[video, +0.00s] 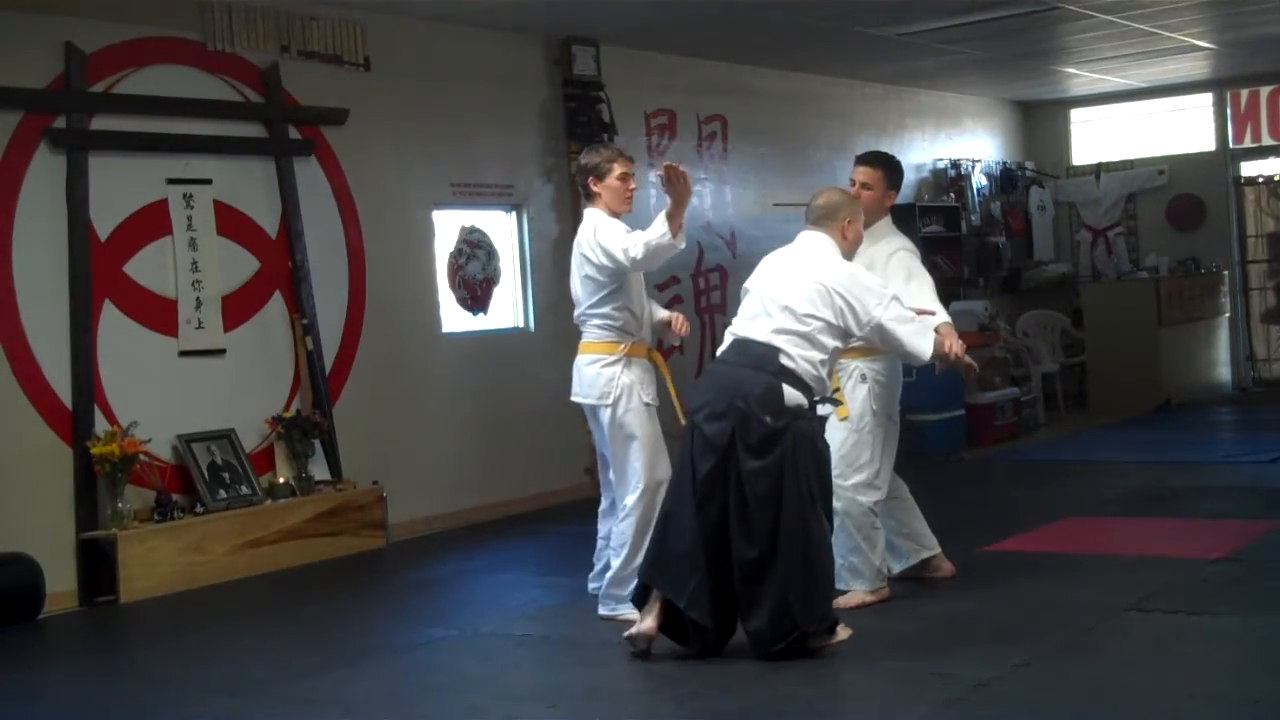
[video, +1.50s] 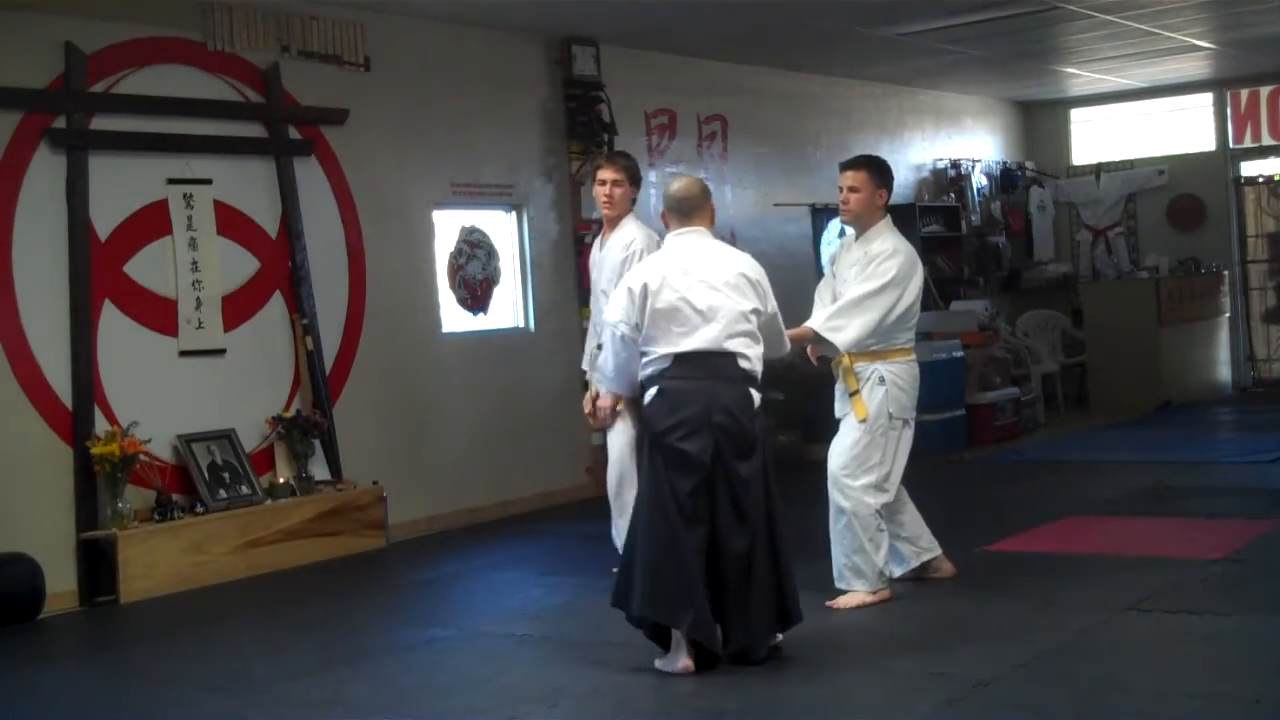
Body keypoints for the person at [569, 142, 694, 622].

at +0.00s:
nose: (632, 187)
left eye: (633, 178)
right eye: (624, 178)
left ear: (602, 187)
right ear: (594, 185)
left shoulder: (599, 229)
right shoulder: (600, 227)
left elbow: (627, 304)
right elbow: (637, 254)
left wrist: (664, 317)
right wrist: (676, 209)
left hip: (603, 367)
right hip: (617, 369)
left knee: (619, 479)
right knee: (650, 474)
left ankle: (608, 578)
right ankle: (619, 593)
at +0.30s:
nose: (630, 188)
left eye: (630, 180)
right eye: (622, 181)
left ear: (600, 189)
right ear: (593, 187)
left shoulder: (600, 230)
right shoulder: (598, 228)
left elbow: (630, 301)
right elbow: (631, 255)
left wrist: (661, 318)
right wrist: (661, 206)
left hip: (606, 367)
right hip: (620, 369)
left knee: (625, 478)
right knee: (649, 475)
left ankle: (608, 576)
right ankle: (622, 595)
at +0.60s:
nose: (628, 190)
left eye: (629, 182)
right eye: (618, 183)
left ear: (628, 189)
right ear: (591, 191)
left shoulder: (618, 236)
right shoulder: (590, 234)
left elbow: (635, 313)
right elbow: (616, 262)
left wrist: (652, 355)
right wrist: (640, 230)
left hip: (634, 370)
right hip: (608, 372)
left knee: (642, 485)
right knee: (627, 488)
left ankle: (639, 580)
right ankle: (618, 597)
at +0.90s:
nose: (624, 190)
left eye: (629, 181)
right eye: (613, 184)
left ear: (640, 187)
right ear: (597, 194)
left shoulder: (660, 241)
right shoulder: (583, 245)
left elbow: (678, 302)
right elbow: (570, 311)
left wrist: (676, 352)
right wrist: (579, 366)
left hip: (655, 369)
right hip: (603, 372)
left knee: (658, 470)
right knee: (599, 474)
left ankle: (664, 576)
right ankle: (586, 580)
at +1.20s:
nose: (617, 190)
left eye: (625, 182)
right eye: (608, 183)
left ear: (640, 189)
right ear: (598, 193)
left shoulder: (656, 244)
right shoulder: (587, 251)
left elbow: (665, 319)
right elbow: (577, 320)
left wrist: (637, 389)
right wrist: (578, 385)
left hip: (647, 378)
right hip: (598, 380)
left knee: (645, 474)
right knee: (601, 476)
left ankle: (654, 561)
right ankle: (629, 554)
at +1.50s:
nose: (607, 192)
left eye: (617, 184)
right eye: (601, 183)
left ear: (633, 191)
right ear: (592, 190)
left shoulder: (639, 240)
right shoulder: (602, 239)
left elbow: (634, 322)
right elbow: (597, 315)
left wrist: (614, 386)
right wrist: (591, 379)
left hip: (634, 379)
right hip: (612, 377)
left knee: (627, 476)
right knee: (621, 475)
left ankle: (635, 562)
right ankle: (628, 558)